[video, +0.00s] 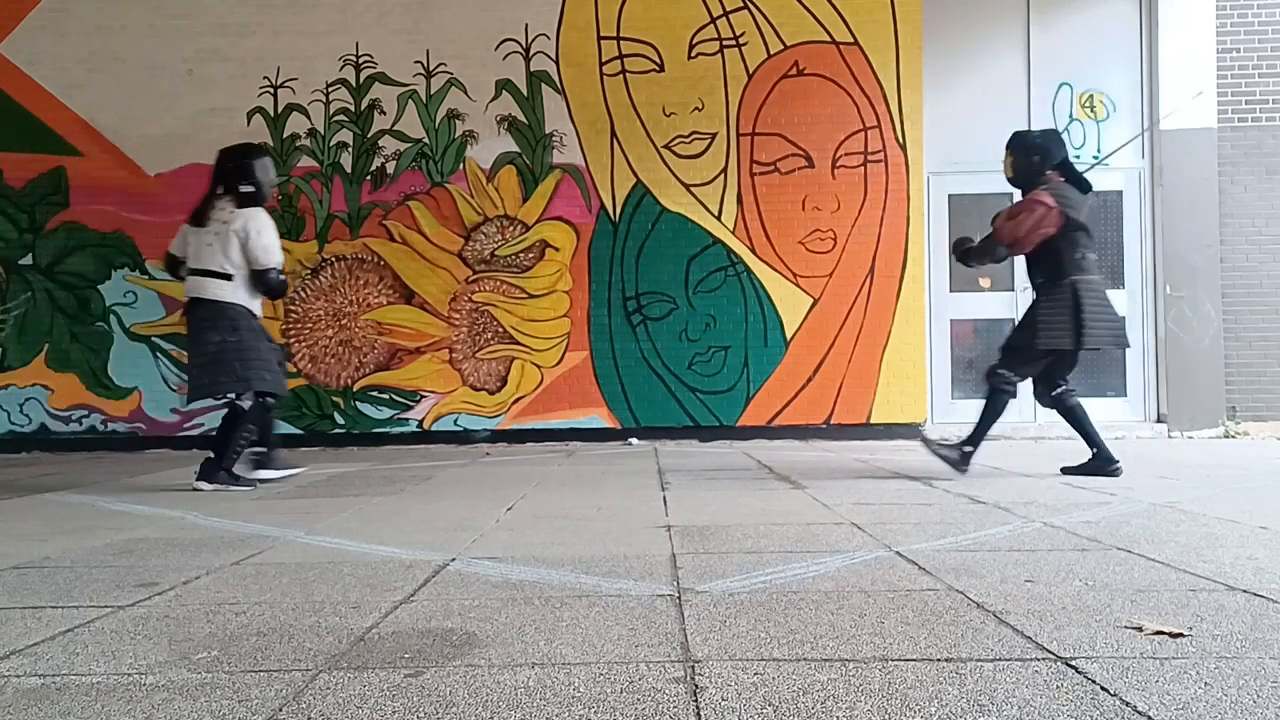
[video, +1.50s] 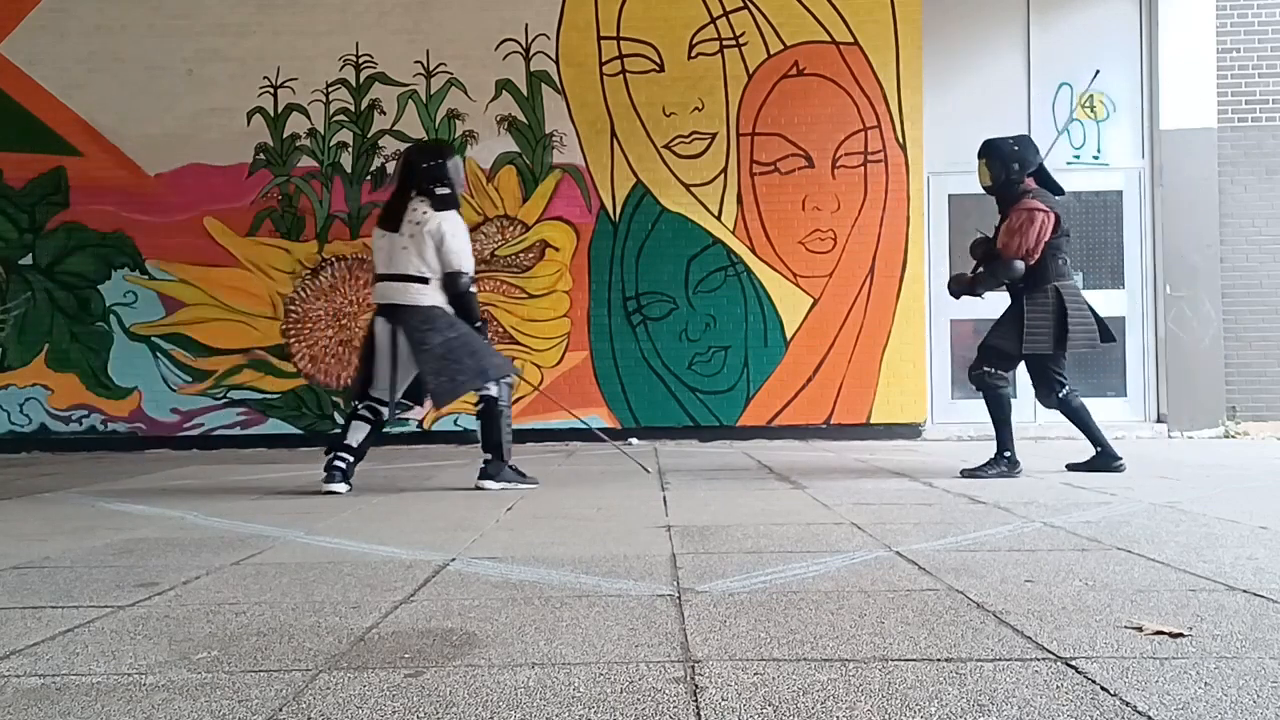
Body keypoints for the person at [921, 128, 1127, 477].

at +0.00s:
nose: (1010, 167)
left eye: (1016, 159)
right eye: (1010, 159)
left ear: (1038, 162)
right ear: (1049, 164)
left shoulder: (1043, 200)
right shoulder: (1067, 196)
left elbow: (1002, 244)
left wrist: (968, 252)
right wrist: (1005, 222)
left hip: (1060, 303)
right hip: (1083, 302)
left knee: (1006, 372)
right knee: (1049, 386)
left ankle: (966, 450)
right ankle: (1102, 456)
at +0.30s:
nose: (961, 168)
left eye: (967, 161)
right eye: (962, 160)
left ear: (989, 164)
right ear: (1005, 166)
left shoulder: (988, 203)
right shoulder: (1035, 205)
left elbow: (953, 257)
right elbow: (1017, 254)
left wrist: (932, 269)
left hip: (997, 304)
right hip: (1028, 305)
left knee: (935, 372)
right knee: (1012, 389)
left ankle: (941, 460)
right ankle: (1085, 442)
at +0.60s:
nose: (948, 169)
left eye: (953, 161)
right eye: (948, 161)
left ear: (977, 164)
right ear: (992, 166)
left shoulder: (978, 202)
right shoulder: (1018, 201)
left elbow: (943, 260)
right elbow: (1003, 252)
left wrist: (920, 270)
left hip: (989, 304)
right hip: (1021, 305)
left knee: (929, 370)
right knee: (1016, 390)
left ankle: (941, 460)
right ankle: (1071, 455)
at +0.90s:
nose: (945, 168)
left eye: (951, 160)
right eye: (945, 160)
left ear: (975, 163)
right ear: (989, 165)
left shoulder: (980, 201)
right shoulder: (1012, 200)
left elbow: (948, 256)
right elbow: (985, 253)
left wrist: (920, 273)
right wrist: (935, 268)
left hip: (989, 303)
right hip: (1017, 303)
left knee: (932, 369)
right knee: (1016, 389)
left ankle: (941, 460)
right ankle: (1071, 455)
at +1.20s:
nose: (958, 180)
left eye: (963, 172)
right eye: (958, 173)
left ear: (985, 173)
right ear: (996, 174)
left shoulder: (999, 210)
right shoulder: (1015, 206)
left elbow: (978, 269)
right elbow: (996, 258)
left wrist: (938, 284)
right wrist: (961, 252)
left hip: (1013, 307)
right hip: (1027, 305)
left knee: (956, 376)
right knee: (1033, 391)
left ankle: (943, 460)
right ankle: (1097, 446)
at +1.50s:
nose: (985, 178)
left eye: (990, 169)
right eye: (984, 170)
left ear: (1013, 169)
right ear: (1021, 170)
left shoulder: (1028, 208)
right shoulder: (1032, 202)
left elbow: (1010, 268)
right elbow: (1023, 257)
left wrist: (970, 283)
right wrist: (989, 251)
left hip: (1037, 303)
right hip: (1048, 301)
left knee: (988, 370)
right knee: (1052, 388)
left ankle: (1006, 458)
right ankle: (1106, 452)